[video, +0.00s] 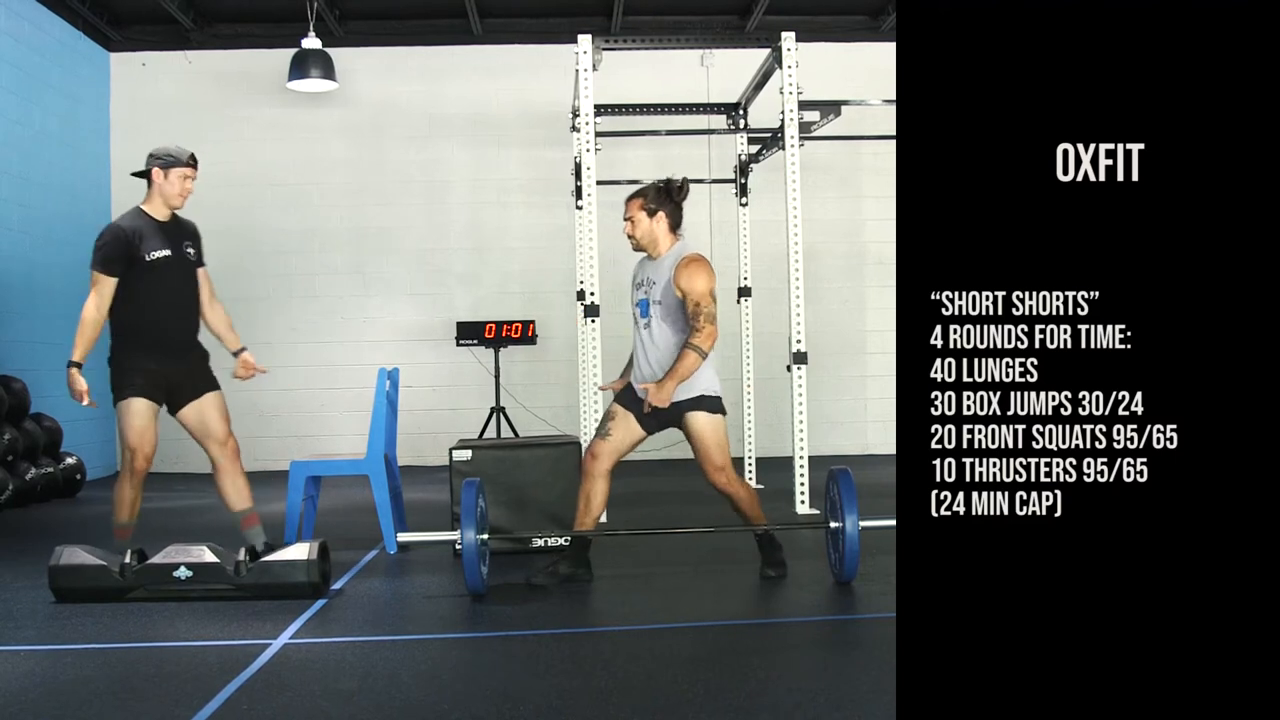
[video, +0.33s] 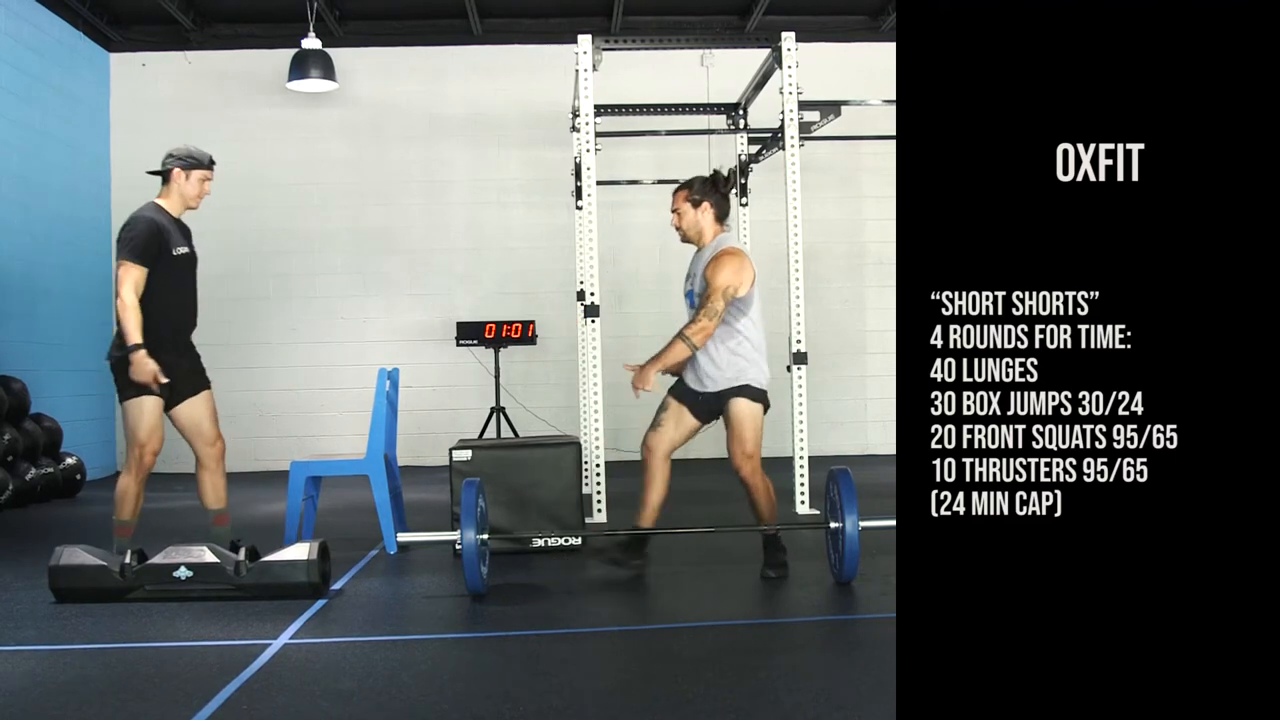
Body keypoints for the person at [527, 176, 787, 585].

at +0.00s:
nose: (626, 230)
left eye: (631, 221)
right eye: (626, 222)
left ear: (659, 219)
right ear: (654, 221)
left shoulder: (692, 268)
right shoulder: (643, 269)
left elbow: (705, 333)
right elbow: (649, 335)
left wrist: (670, 382)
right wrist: (626, 378)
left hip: (694, 390)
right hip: (644, 389)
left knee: (721, 475)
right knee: (597, 459)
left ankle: (768, 544)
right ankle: (577, 556)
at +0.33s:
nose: (673, 221)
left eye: (678, 212)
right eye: (673, 213)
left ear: (705, 210)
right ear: (701, 213)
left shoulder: (729, 260)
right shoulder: (701, 259)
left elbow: (704, 327)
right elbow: (705, 327)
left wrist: (651, 366)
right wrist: (676, 363)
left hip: (740, 380)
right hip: (699, 380)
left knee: (746, 463)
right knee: (655, 445)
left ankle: (773, 545)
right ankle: (638, 543)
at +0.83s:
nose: (677, 212)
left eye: (680, 203)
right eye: (675, 205)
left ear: (705, 197)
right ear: (701, 198)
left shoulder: (729, 242)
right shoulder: (709, 245)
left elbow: (739, 307)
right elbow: (706, 313)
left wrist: (713, 362)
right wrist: (674, 349)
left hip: (741, 367)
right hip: (714, 368)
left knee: (750, 454)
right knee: (711, 448)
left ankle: (776, 543)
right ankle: (727, 540)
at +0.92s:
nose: (676, 214)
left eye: (679, 204)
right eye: (674, 206)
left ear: (704, 198)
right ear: (701, 200)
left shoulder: (726, 244)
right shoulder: (707, 247)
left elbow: (727, 311)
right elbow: (708, 314)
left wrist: (699, 362)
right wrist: (677, 348)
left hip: (738, 368)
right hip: (712, 370)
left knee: (751, 453)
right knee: (685, 443)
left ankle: (777, 542)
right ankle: (714, 533)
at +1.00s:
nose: (673, 215)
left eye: (676, 206)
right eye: (672, 208)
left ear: (701, 201)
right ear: (700, 202)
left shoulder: (718, 247)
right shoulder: (707, 247)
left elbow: (706, 314)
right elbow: (711, 320)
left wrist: (676, 366)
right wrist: (679, 354)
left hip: (731, 374)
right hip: (704, 375)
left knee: (750, 455)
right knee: (666, 441)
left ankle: (777, 544)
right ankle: (675, 536)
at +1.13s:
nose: (661, 224)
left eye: (664, 215)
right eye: (660, 216)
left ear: (689, 210)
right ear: (692, 212)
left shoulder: (697, 261)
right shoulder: (695, 258)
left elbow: (669, 325)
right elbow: (679, 326)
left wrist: (631, 368)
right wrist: (643, 362)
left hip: (708, 383)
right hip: (675, 382)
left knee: (723, 465)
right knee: (636, 450)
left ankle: (773, 543)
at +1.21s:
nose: (651, 238)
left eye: (655, 229)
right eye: (651, 230)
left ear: (679, 227)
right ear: (682, 229)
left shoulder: (678, 278)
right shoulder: (696, 273)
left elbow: (647, 343)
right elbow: (713, 334)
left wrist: (600, 377)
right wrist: (672, 369)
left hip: (688, 399)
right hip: (661, 395)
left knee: (690, 487)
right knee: (611, 454)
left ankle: (763, 536)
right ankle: (587, 543)